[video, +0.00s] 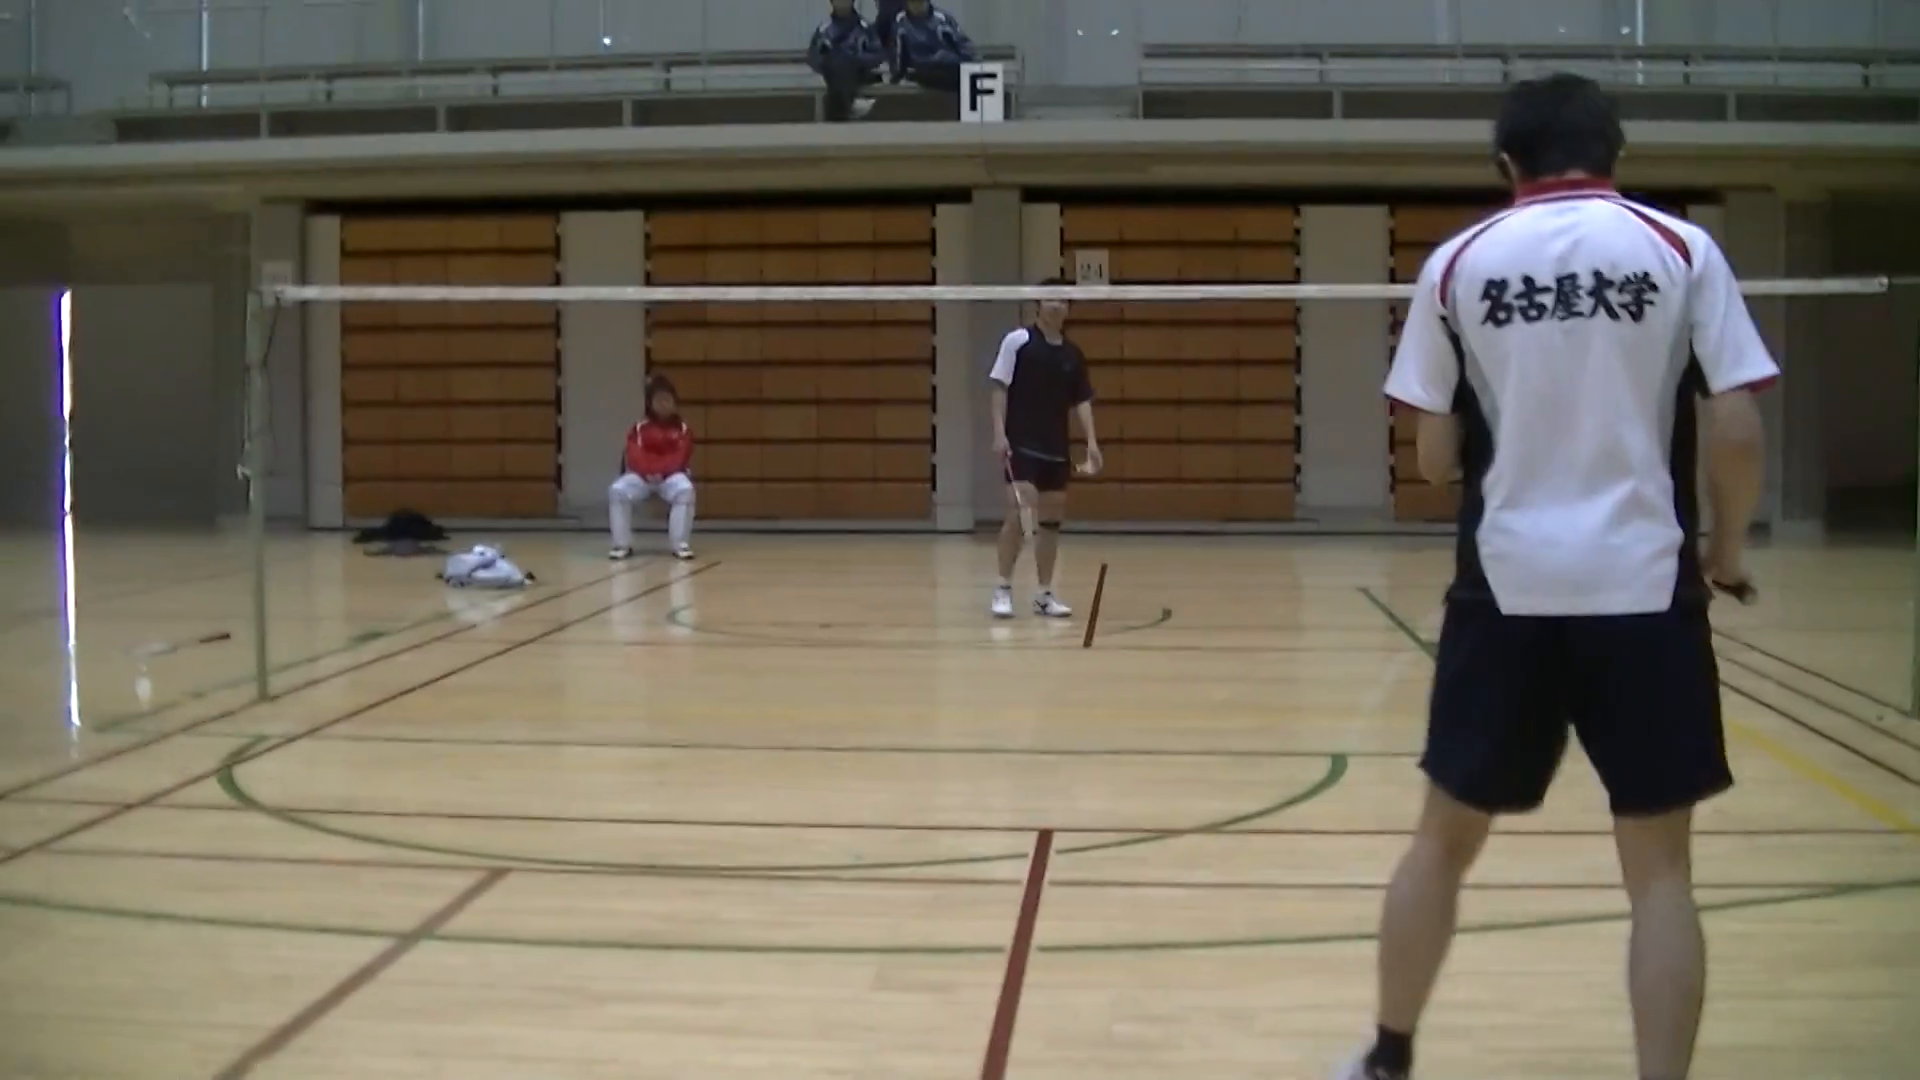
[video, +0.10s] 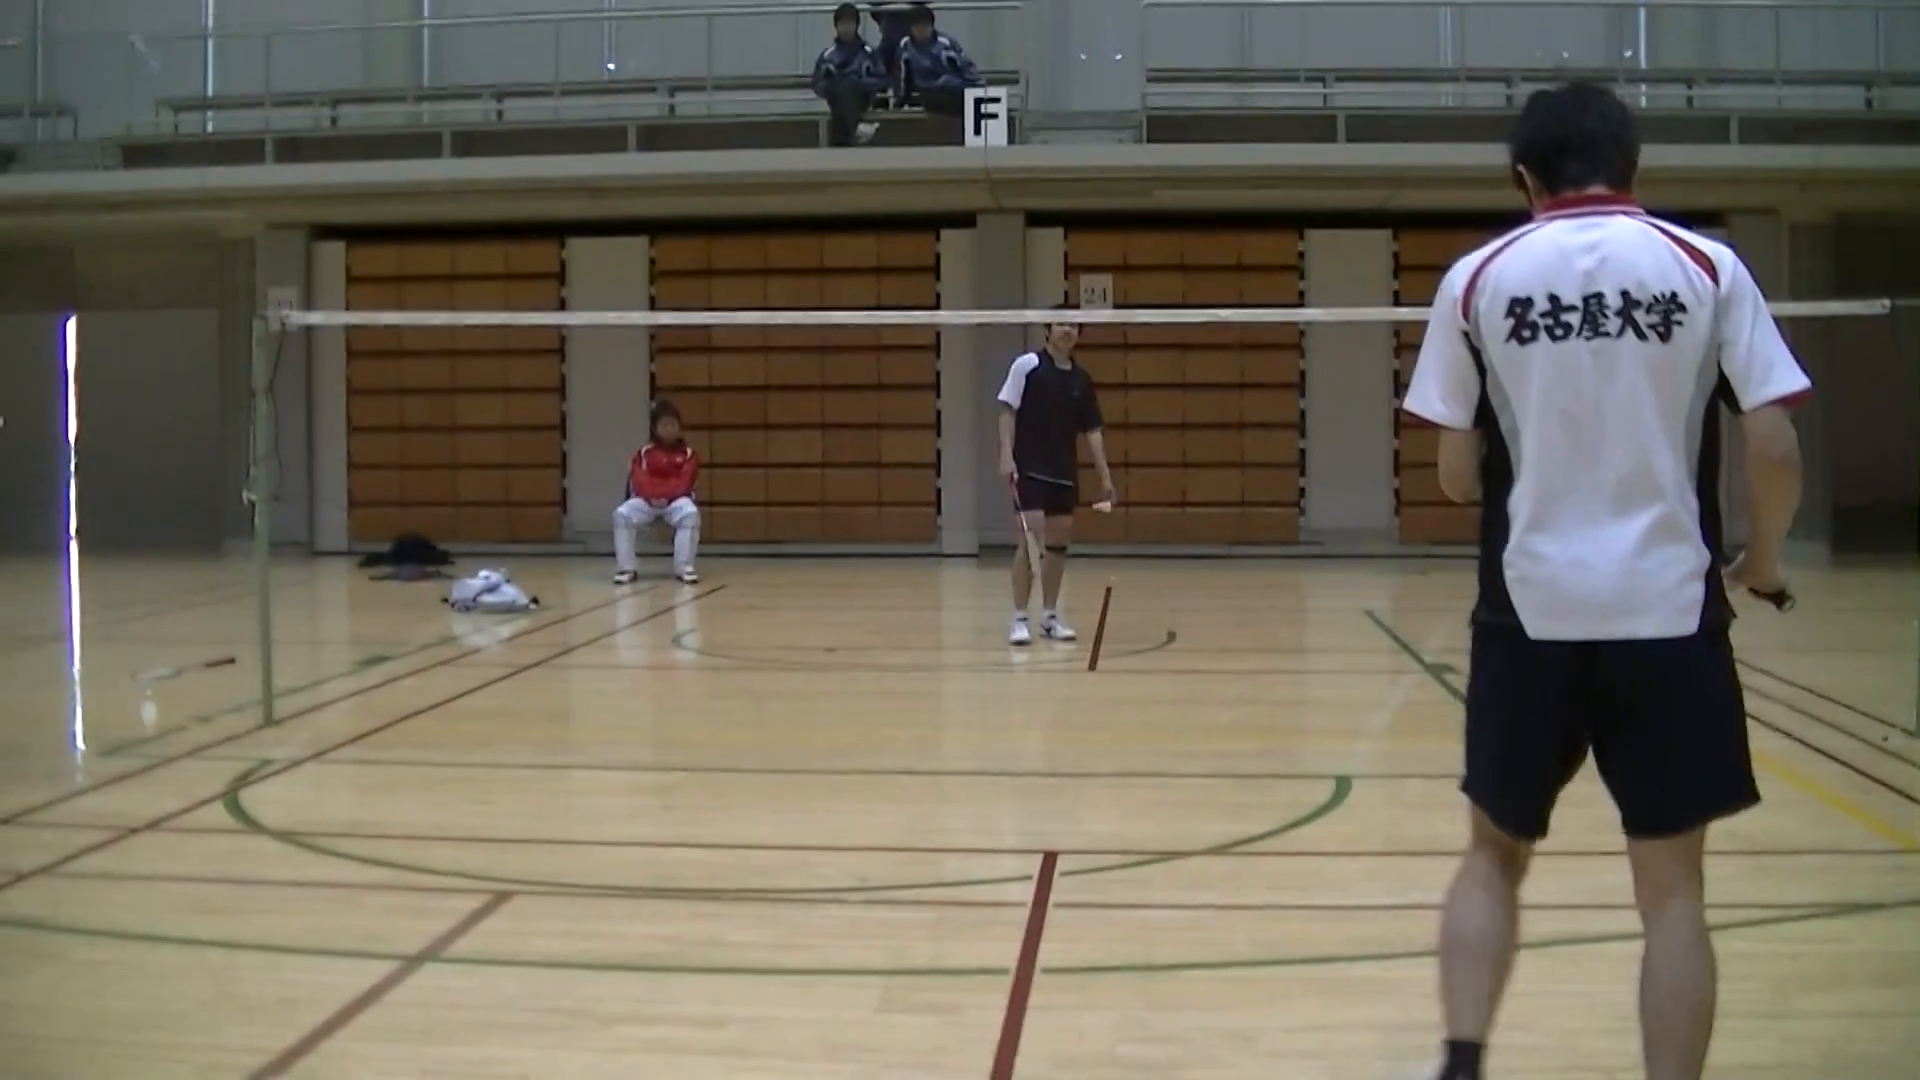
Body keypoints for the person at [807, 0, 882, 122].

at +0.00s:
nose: (842, 5)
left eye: (845, 2)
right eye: (838, 2)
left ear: (852, 3)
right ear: (832, 3)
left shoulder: (866, 27)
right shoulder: (824, 29)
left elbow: (878, 55)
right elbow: (812, 57)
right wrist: (829, 70)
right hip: (834, 82)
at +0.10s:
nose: (846, 28)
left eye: (850, 23)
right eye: (842, 24)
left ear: (857, 25)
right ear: (836, 26)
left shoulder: (868, 52)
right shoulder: (827, 54)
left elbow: (881, 80)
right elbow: (817, 83)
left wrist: (857, 83)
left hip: (863, 99)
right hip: (836, 100)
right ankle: (857, 129)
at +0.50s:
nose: (843, 45)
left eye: (847, 41)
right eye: (839, 41)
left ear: (853, 42)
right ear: (832, 43)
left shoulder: (865, 68)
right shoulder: (824, 70)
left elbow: (878, 97)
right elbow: (813, 101)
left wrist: (855, 102)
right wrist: (829, 104)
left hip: (857, 113)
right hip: (830, 114)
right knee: (837, 101)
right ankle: (854, 145)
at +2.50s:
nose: (836, 50)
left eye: (840, 45)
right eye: (831, 46)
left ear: (846, 47)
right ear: (825, 48)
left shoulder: (858, 73)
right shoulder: (816, 75)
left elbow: (870, 102)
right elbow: (806, 106)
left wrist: (846, 105)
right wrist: (822, 106)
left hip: (851, 117)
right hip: (823, 118)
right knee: (830, 104)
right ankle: (842, 143)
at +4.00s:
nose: (842, 50)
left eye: (846, 45)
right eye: (838, 46)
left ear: (852, 47)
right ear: (832, 48)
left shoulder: (866, 74)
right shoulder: (823, 76)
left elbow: (876, 103)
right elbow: (814, 105)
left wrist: (846, 103)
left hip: (860, 120)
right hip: (831, 120)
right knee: (835, 105)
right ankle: (851, 142)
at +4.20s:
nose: (877, 51)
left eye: (881, 46)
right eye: (873, 46)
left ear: (888, 47)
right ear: (867, 48)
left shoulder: (902, 74)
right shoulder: (859, 76)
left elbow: (914, 103)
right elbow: (851, 104)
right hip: (870, 125)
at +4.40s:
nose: (867, 49)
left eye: (871, 44)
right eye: (864, 44)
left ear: (878, 45)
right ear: (857, 46)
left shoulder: (890, 72)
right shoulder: (849, 73)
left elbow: (902, 101)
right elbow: (838, 102)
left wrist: (878, 104)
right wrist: (854, 109)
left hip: (884, 121)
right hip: (858, 122)